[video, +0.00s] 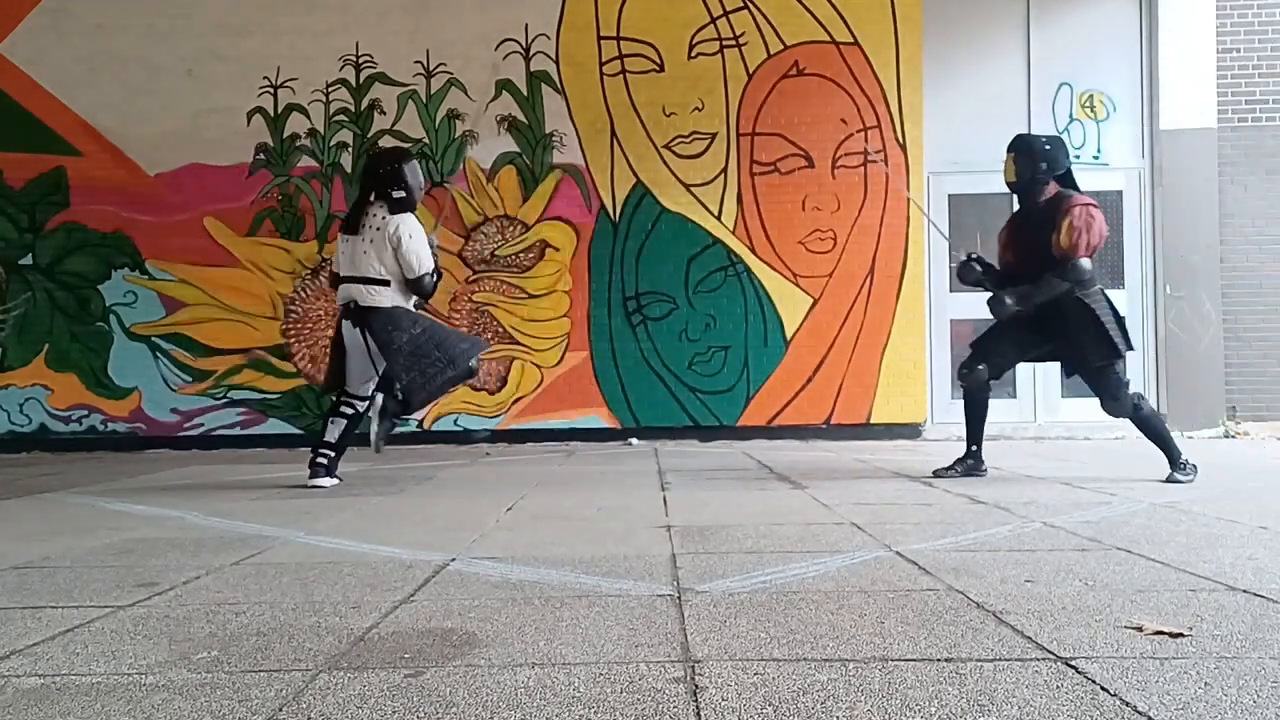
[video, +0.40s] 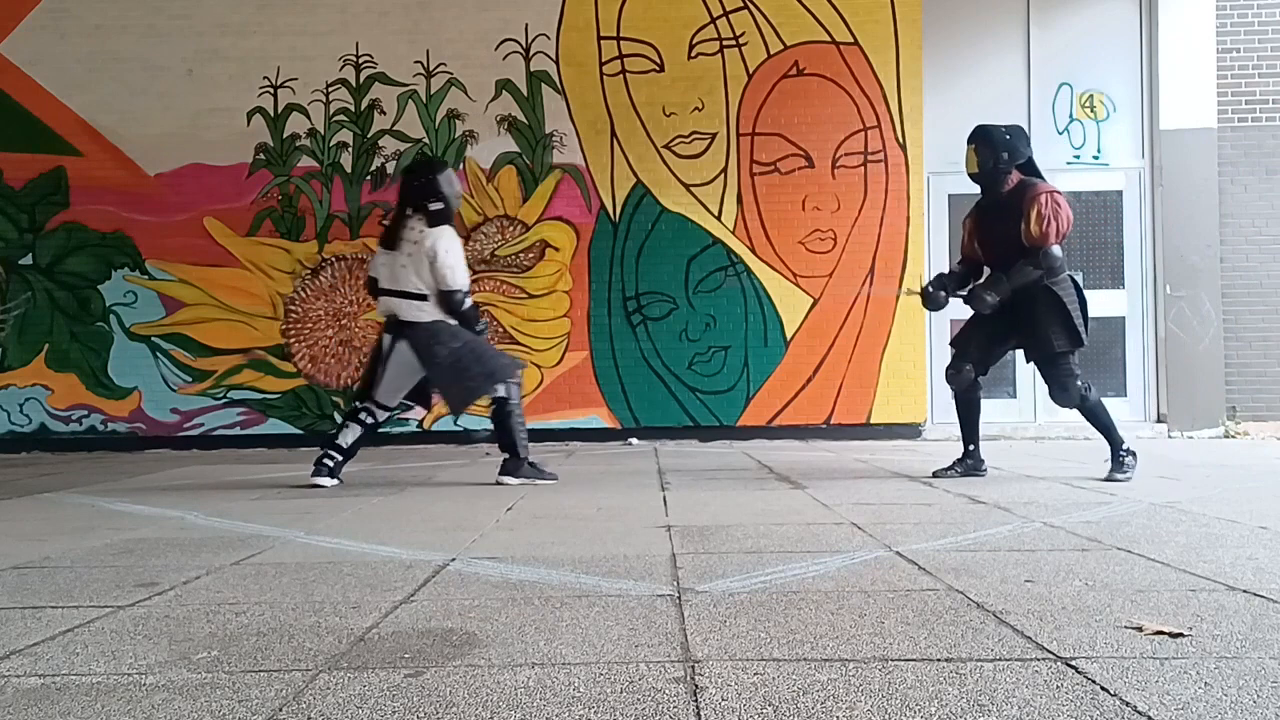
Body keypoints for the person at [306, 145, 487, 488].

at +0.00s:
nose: (419, 185)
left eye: (416, 176)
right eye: (414, 177)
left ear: (371, 183)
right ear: (401, 183)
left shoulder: (353, 220)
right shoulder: (403, 221)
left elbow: (337, 277)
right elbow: (424, 286)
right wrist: (435, 261)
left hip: (351, 317)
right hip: (390, 318)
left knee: (354, 395)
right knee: (454, 364)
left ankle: (321, 468)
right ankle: (394, 407)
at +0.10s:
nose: (422, 185)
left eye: (419, 176)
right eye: (415, 177)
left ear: (373, 185)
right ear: (401, 184)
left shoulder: (353, 220)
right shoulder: (404, 224)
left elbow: (334, 275)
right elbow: (419, 290)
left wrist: (373, 276)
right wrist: (436, 275)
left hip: (351, 321)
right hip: (390, 320)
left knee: (355, 395)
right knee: (467, 354)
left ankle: (321, 468)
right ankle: (430, 430)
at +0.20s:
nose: (427, 189)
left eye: (425, 181)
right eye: (422, 182)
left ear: (381, 188)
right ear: (408, 189)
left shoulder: (360, 223)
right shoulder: (409, 229)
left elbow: (337, 276)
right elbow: (420, 295)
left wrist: (376, 286)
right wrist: (445, 296)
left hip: (356, 325)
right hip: (393, 325)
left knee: (357, 398)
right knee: (465, 363)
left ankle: (322, 468)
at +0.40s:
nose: (458, 194)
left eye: (455, 186)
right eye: (452, 187)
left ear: (411, 195)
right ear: (439, 194)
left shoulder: (393, 232)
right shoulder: (441, 235)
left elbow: (375, 284)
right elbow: (454, 299)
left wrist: (410, 305)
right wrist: (476, 323)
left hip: (397, 331)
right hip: (434, 333)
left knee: (377, 404)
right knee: (506, 375)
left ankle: (327, 466)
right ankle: (518, 461)